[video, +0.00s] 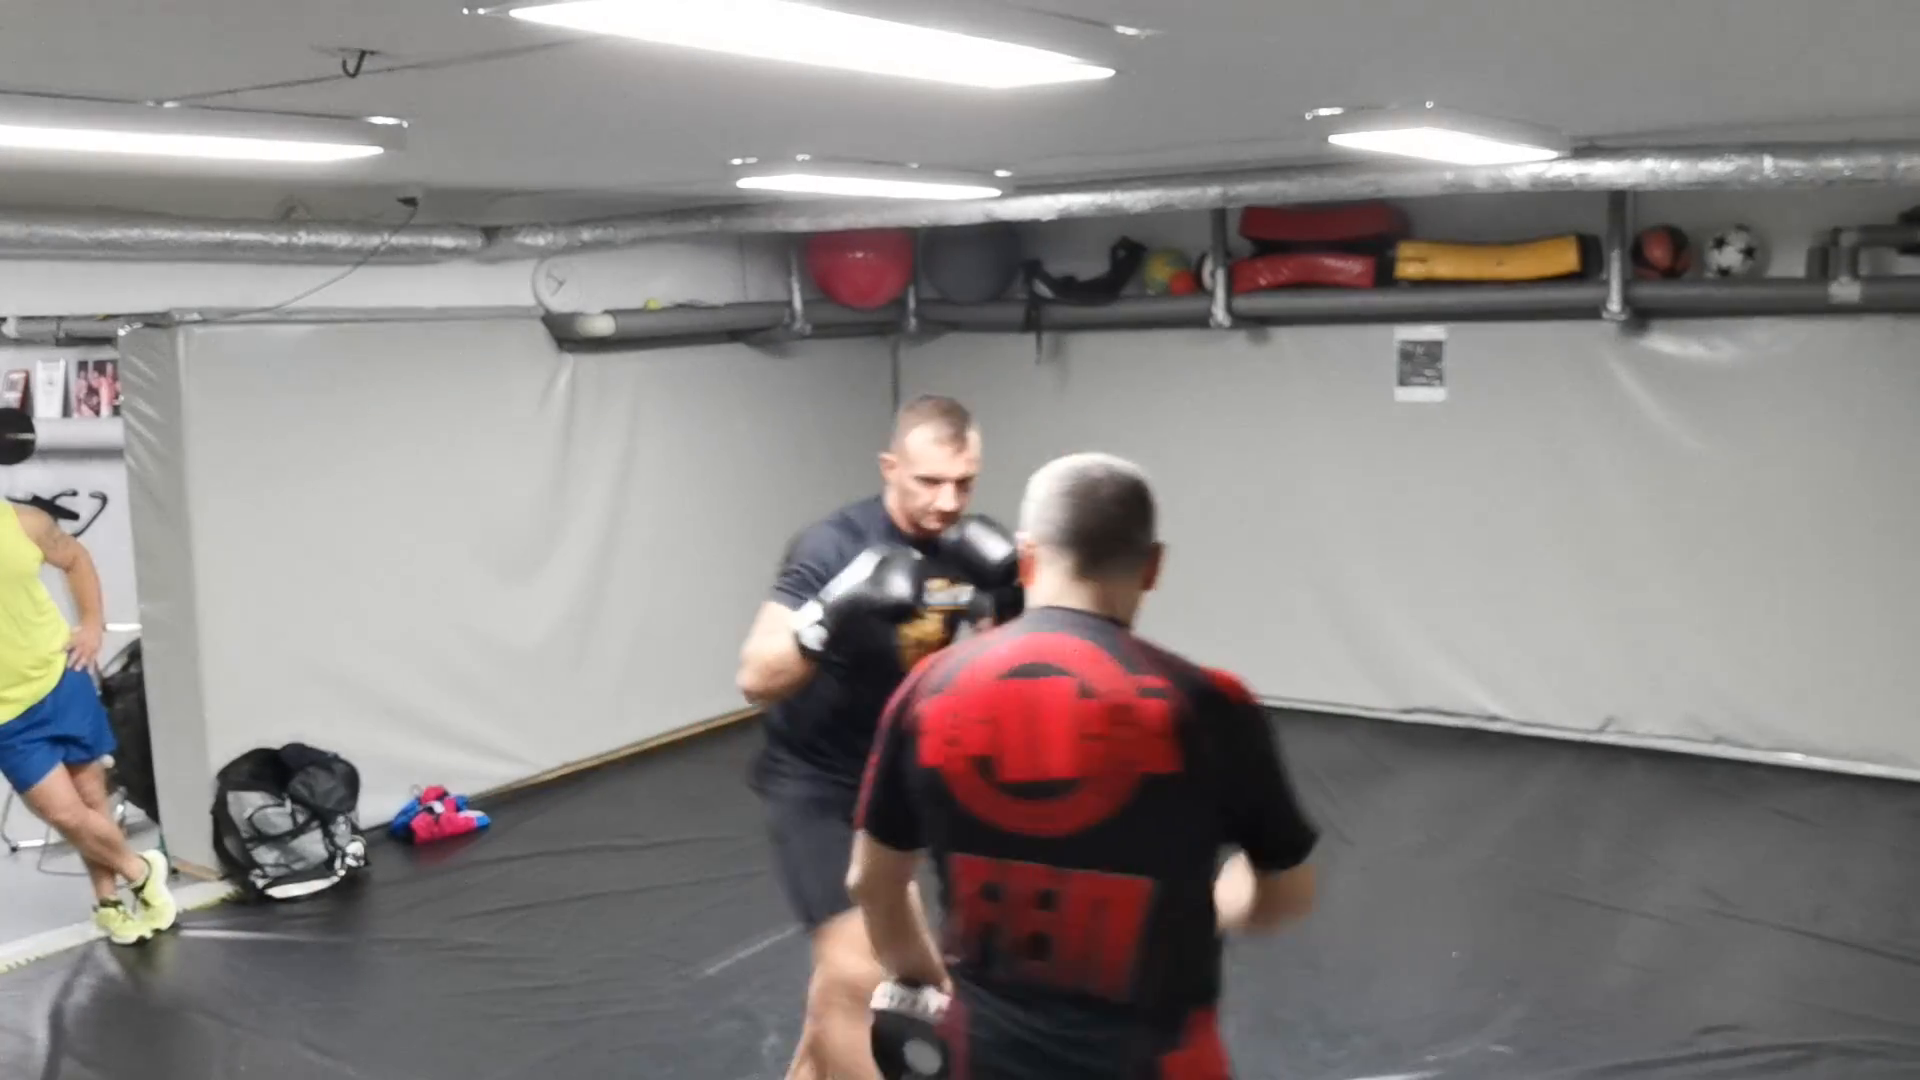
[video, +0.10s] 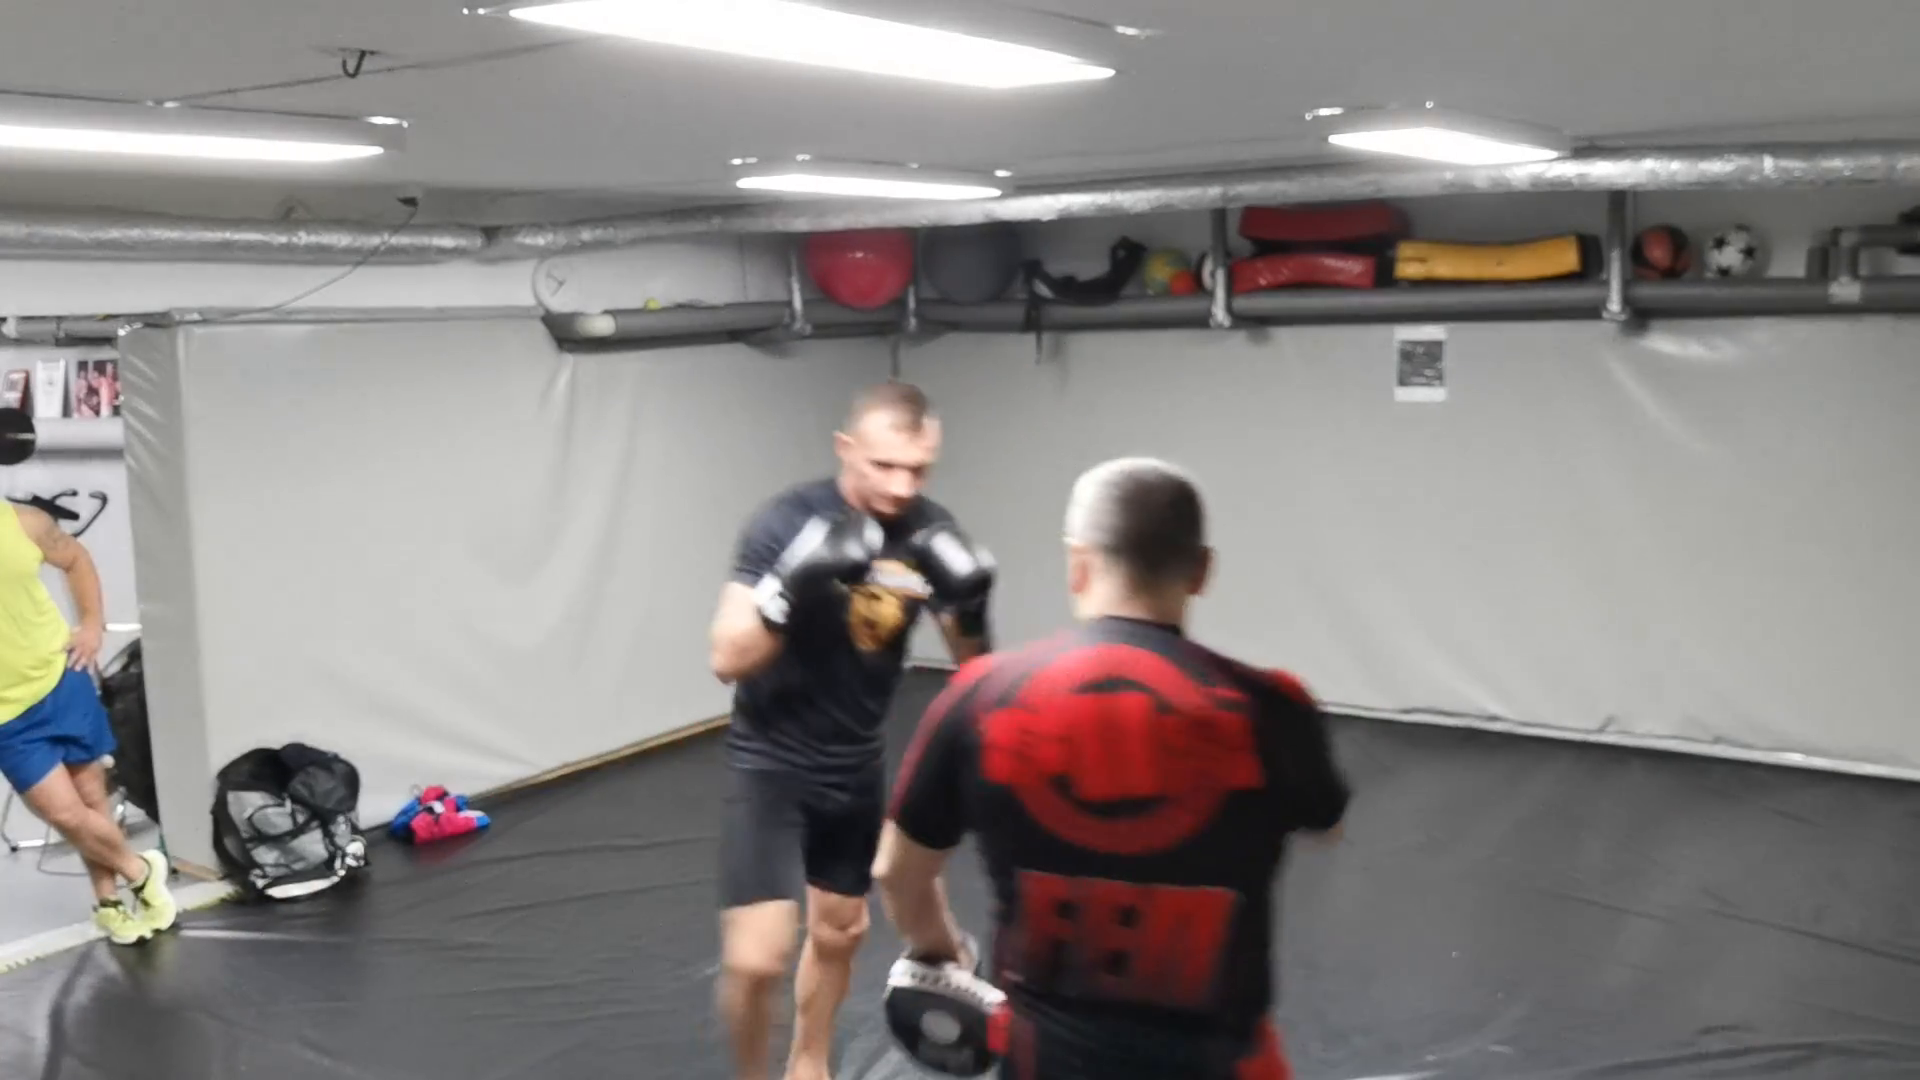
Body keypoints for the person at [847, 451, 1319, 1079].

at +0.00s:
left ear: (1025, 561)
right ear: (1154, 569)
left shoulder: (935, 687)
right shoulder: (1208, 708)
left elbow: (876, 880)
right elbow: (1288, 891)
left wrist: (920, 976)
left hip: (987, 1042)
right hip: (1157, 1050)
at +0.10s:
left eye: (1071, 558)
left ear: (1077, 567)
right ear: (1203, 573)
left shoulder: (984, 697)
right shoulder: (1267, 711)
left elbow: (901, 868)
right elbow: (1327, 829)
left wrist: (935, 949)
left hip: (1044, 1039)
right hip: (1214, 1048)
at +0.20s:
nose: (1116, 588)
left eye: (1119, 571)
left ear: (1135, 579)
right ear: (1256, 587)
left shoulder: (1050, 710)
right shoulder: (1330, 726)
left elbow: (929, 865)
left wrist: (961, 929)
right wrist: (1262, 612)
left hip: (1102, 1049)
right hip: (1278, 1052)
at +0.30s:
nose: (1160, 584)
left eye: (1163, 565)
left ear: (1180, 575)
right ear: (1304, 579)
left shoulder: (1088, 704)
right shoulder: (1365, 717)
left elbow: (957, 848)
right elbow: (1394, 673)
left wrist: (986, 913)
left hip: (1136, 1049)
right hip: (1315, 1053)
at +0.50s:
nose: (1188, 576)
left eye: (1189, 558)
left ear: (1208, 567)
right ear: (1329, 578)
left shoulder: (1108, 687)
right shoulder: (1381, 710)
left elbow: (987, 809)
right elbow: (1470, 721)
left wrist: (1018, 877)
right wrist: (1398, 578)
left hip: (1154, 1043)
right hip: (1329, 1050)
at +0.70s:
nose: (1149, 579)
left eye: (1151, 564)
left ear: (1166, 575)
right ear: (1286, 575)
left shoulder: (1072, 697)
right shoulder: (1348, 714)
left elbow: (948, 846)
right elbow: (1448, 771)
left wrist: (1001, 906)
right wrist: (1391, 617)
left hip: (1130, 1044)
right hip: (1307, 1051)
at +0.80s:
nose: (1109, 592)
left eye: (1107, 574)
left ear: (1124, 586)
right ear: (1238, 571)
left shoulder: (1057, 714)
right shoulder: (1327, 708)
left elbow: (938, 915)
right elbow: (1380, 757)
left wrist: (984, 944)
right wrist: (1327, 623)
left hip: (1132, 1048)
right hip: (1304, 1045)